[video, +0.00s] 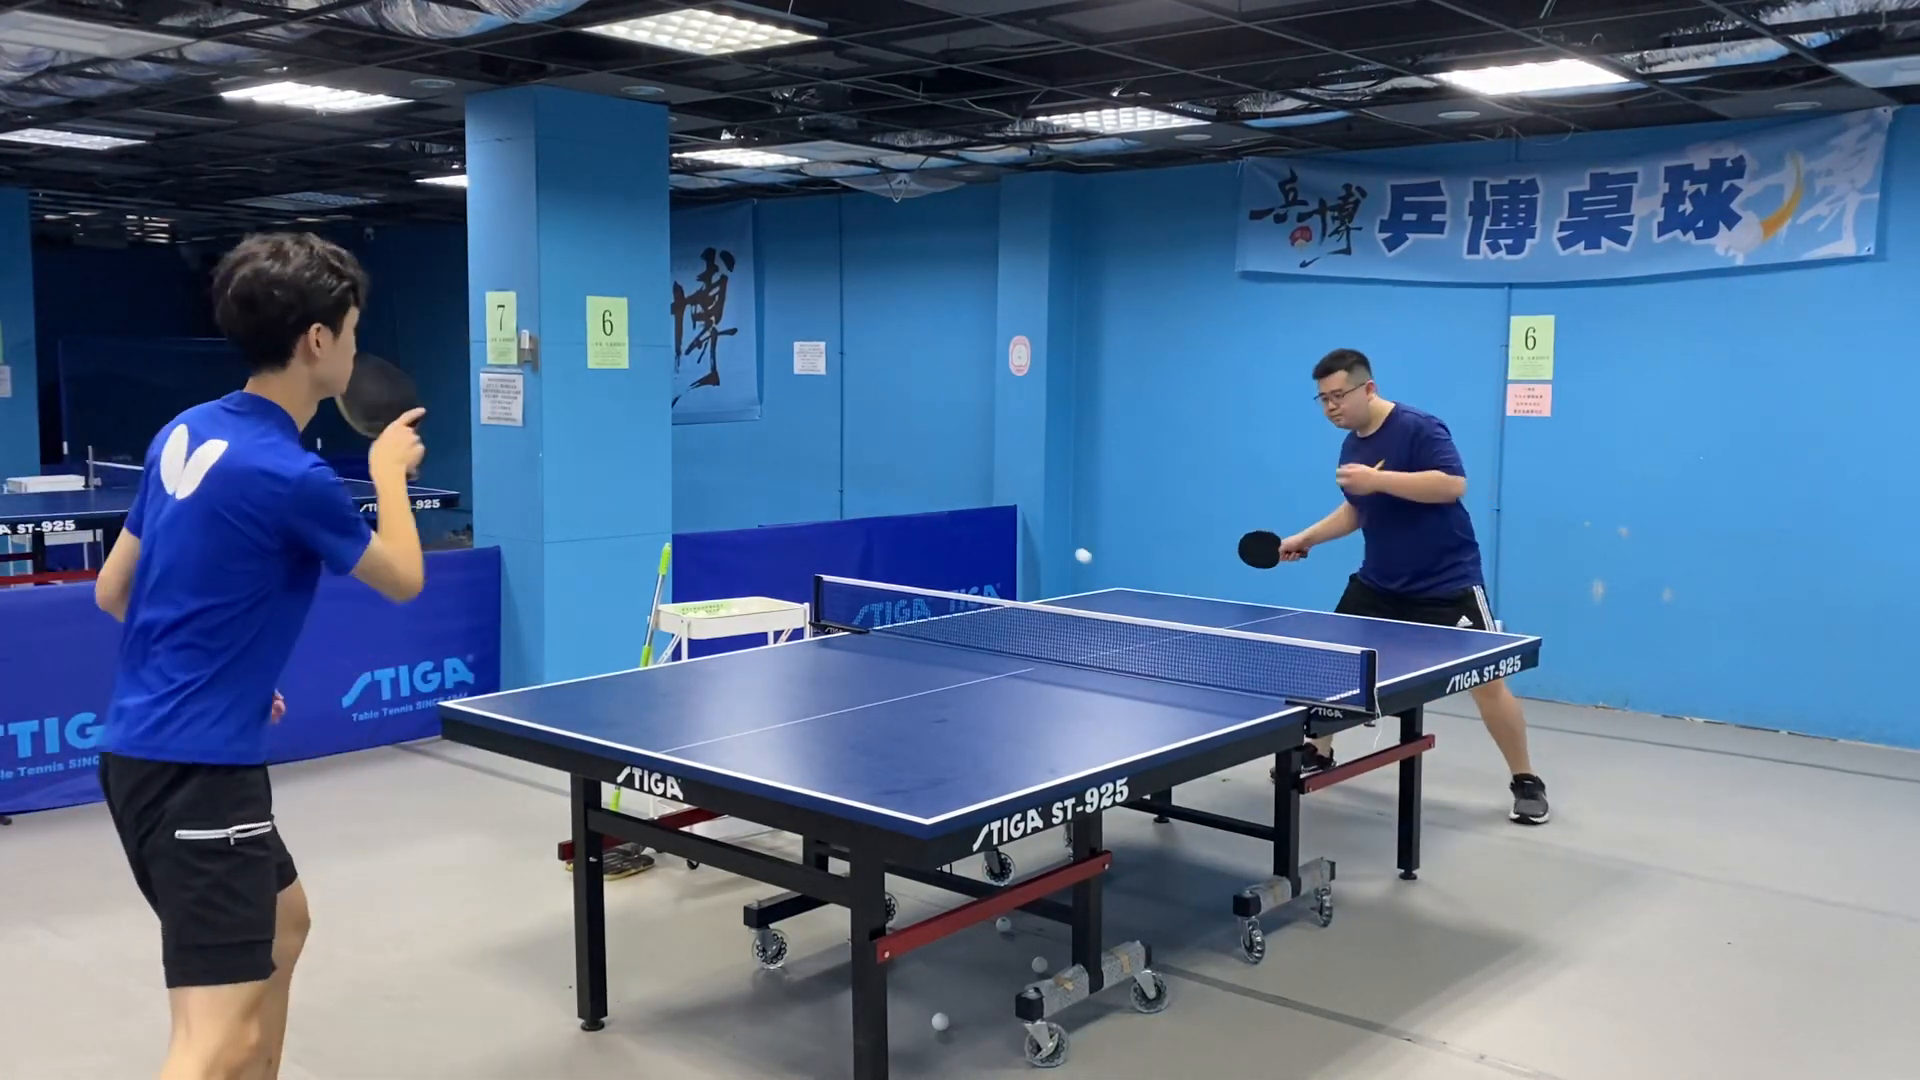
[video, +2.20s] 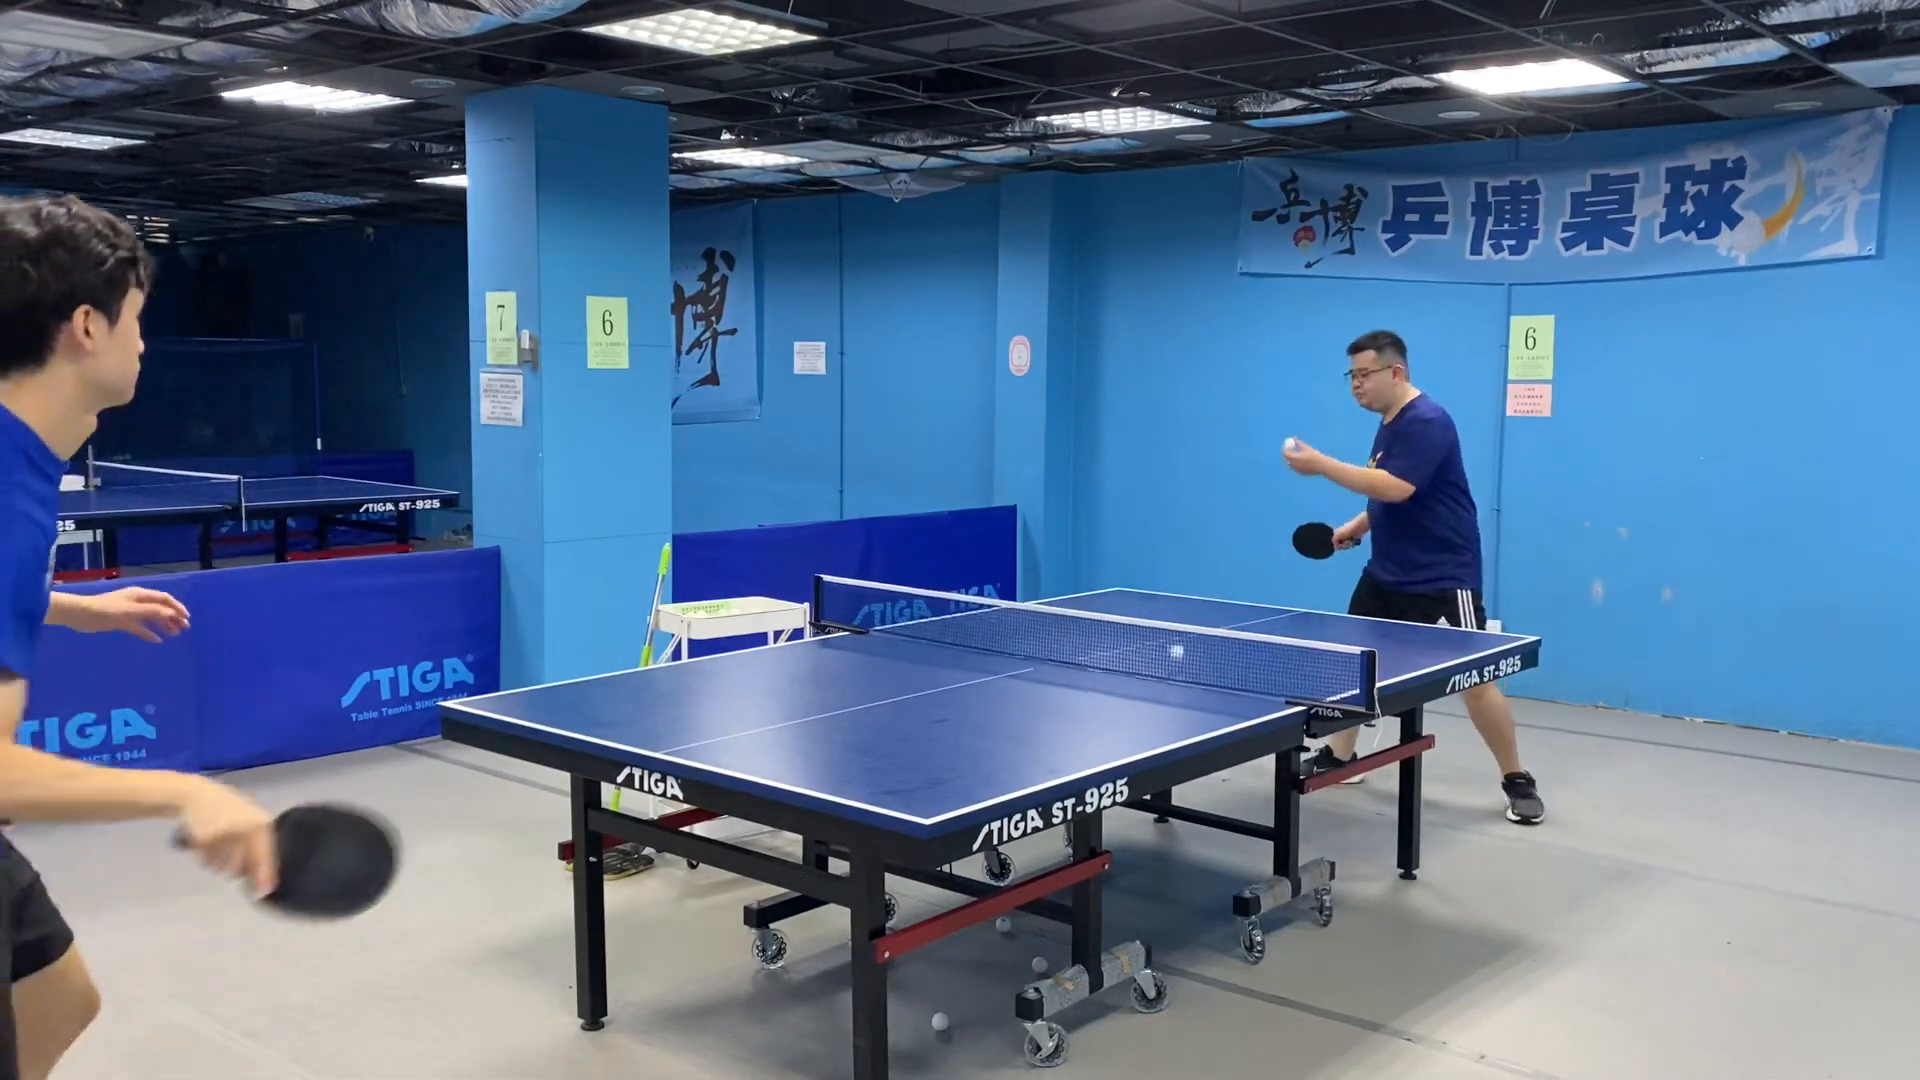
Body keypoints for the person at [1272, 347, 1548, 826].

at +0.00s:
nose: (1329, 408)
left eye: (1337, 396)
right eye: (1323, 400)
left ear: (1369, 389)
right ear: (1324, 401)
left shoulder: (1420, 428)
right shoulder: (1352, 449)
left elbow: (1453, 484)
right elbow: (1357, 512)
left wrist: (1376, 480)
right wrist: (1307, 538)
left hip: (1448, 586)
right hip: (1377, 584)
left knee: (1487, 679)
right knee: (1324, 660)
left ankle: (1525, 780)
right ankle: (1318, 750)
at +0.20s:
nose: (1319, 420)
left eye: (1323, 408)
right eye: (1315, 412)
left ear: (1356, 397)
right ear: (1344, 404)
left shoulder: (1410, 434)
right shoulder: (1342, 452)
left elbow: (1441, 497)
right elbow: (1339, 510)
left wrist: (1370, 474)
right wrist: (1283, 509)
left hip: (1431, 590)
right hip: (1359, 587)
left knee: (1475, 681)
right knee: (1301, 658)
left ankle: (1524, 777)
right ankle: (1315, 750)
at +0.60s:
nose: (1364, 410)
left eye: (1374, 400)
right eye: (1357, 401)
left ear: (1403, 398)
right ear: (1352, 402)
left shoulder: (1446, 448)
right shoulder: (1346, 451)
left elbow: (1484, 508)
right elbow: (1324, 511)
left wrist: (1435, 498)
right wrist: (1306, 504)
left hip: (1437, 598)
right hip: (1357, 596)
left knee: (1486, 683)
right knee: (1305, 666)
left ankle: (1524, 778)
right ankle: (1315, 750)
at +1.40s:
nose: (1337, 406)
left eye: (1344, 396)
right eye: (1332, 398)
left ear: (1375, 386)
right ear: (1334, 396)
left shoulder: (1432, 429)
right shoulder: (1340, 433)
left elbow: (1467, 492)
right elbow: (1300, 478)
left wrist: (1404, 470)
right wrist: (1298, 444)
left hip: (1426, 583)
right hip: (1349, 575)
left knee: (1477, 676)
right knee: (1283, 648)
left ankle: (1517, 773)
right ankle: (1264, 739)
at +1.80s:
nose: (1356, 405)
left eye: (1365, 395)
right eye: (1348, 397)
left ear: (1394, 389)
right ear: (1344, 398)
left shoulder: (1443, 438)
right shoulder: (1349, 444)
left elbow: (1480, 496)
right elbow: (1334, 508)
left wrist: (1420, 514)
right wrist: (1324, 503)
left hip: (1441, 592)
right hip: (1363, 589)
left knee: (1485, 676)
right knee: (1304, 658)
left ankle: (1514, 780)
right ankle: (1280, 745)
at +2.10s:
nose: (1357, 388)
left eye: (1366, 378)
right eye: (1352, 380)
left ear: (1396, 376)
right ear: (1352, 383)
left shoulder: (1432, 423)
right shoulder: (1382, 434)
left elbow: (1428, 496)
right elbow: (1389, 504)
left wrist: (1351, 502)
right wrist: (1350, 535)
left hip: (1454, 577)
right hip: (1393, 574)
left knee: (1481, 679)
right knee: (1354, 661)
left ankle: (1514, 778)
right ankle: (1341, 752)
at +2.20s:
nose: (1356, 385)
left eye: (1364, 375)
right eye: (1353, 376)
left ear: (1398, 373)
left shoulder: (1428, 421)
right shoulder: (1389, 425)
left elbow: (1395, 486)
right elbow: (1395, 496)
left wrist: (1321, 464)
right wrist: (1358, 526)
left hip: (1445, 576)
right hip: (1389, 572)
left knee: (1475, 678)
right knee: (1351, 660)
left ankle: (1515, 778)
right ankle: (1339, 754)